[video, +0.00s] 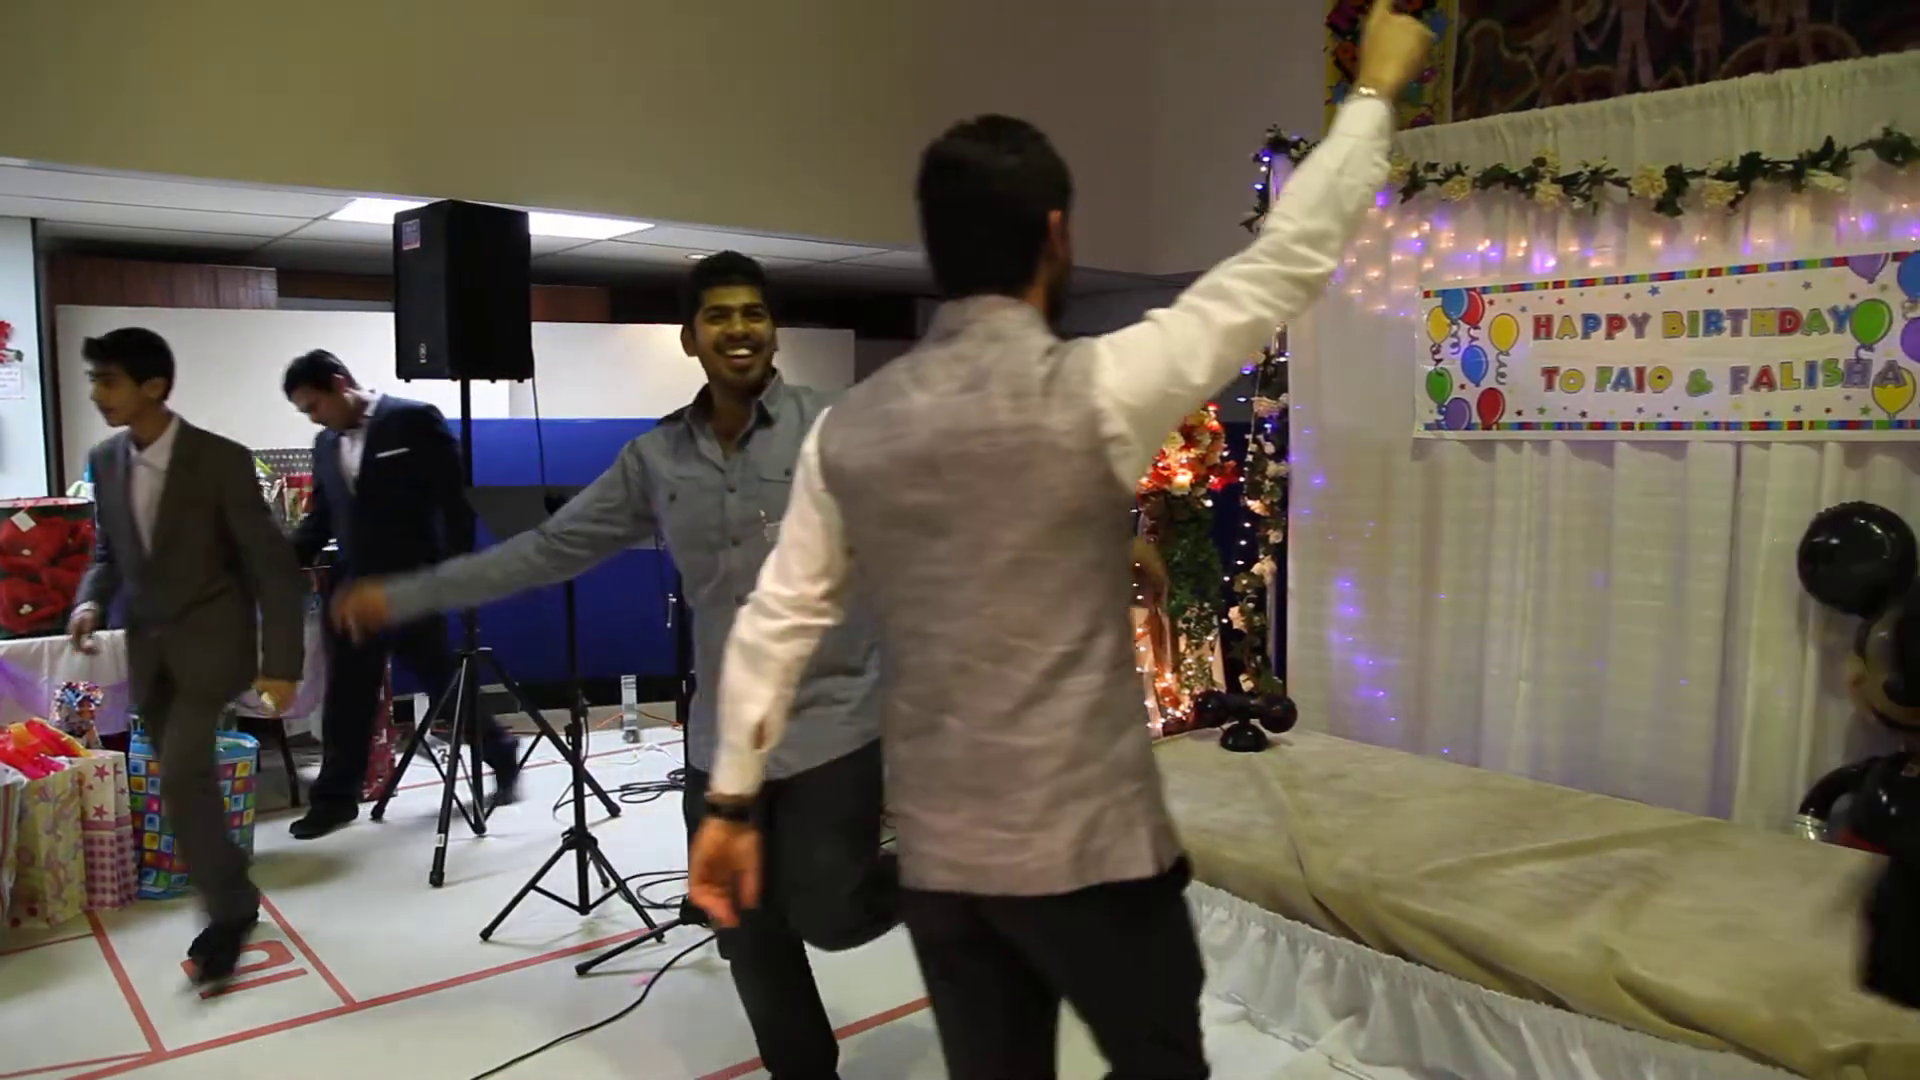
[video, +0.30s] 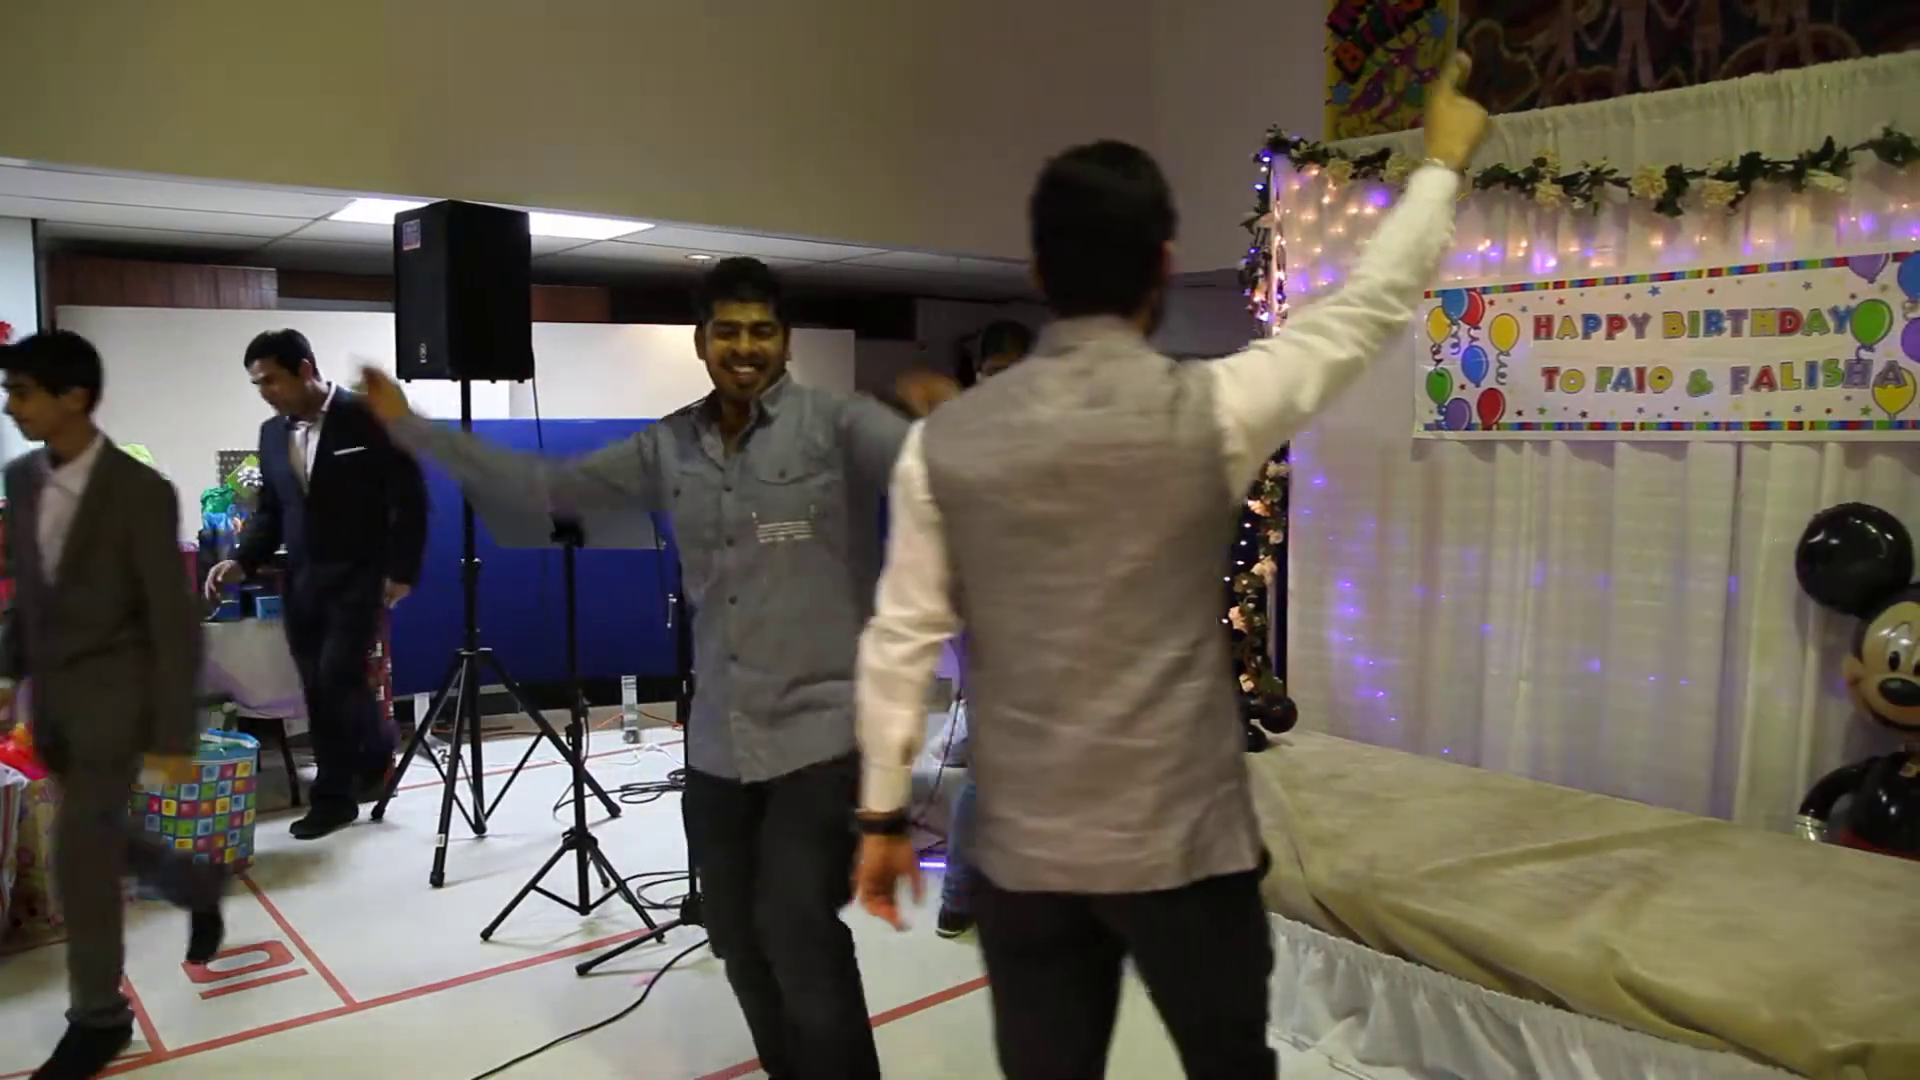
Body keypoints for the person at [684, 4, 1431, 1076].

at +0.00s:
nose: (1072, 232)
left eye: (1063, 214)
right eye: (1067, 214)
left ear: (934, 241)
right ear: (1055, 234)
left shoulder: (850, 428)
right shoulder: (1094, 392)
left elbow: (781, 614)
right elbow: (1279, 267)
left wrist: (731, 799)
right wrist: (1379, 93)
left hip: (939, 872)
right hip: (1092, 869)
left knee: (993, 1076)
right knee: (1162, 1067)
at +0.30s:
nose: (1167, 255)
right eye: (1165, 240)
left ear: (1038, 267)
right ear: (1162, 264)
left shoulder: (946, 441)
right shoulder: (1208, 410)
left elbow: (905, 629)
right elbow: (1369, 305)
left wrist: (882, 810)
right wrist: (1444, 164)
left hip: (1024, 860)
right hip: (1182, 857)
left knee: (1045, 1072)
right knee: (1232, 1067)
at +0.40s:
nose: (1215, 260)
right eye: (1213, 243)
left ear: (1077, 267)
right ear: (1201, 268)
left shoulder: (988, 441)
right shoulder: (1254, 406)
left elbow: (951, 629)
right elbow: (1399, 310)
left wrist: (927, 806)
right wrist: (1478, 183)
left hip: (1071, 848)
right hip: (1227, 845)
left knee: (1074, 1069)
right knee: (1255, 1066)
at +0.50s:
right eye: (1244, 245)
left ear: (1122, 271)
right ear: (1245, 267)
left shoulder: (1039, 442)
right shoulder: (1301, 405)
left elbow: (996, 634)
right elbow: (1429, 326)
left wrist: (961, 807)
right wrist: (1514, 216)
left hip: (1120, 838)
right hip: (1274, 835)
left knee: (1113, 1061)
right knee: (1281, 1063)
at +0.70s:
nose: (1179, 268)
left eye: (1178, 254)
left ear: (1183, 273)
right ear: (1302, 272)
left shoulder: (1109, 431)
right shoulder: (1367, 405)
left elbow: (1062, 623)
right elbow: (1482, 375)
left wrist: (1018, 794)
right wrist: (1575, 330)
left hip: (1172, 821)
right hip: (1323, 826)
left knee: (1161, 1040)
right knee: (1304, 1066)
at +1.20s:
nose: (1178, 297)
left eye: (1186, 275)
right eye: (1181, 275)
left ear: (1224, 281)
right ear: (1301, 285)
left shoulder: (1149, 418)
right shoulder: (1369, 433)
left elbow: (1065, 576)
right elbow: (1390, 612)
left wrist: (991, 698)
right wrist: (1425, 763)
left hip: (1189, 796)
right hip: (1322, 798)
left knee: (1193, 1017)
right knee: (1297, 1020)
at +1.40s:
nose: (1151, 308)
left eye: (1160, 289)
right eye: (1155, 287)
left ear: (1199, 304)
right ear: (1264, 305)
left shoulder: (1138, 423)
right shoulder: (1337, 436)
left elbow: (986, 491)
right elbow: (1406, 584)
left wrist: (849, 543)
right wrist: (1469, 696)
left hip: (1172, 772)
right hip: (1293, 774)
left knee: (1178, 993)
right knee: (1238, 902)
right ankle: (1292, 1054)